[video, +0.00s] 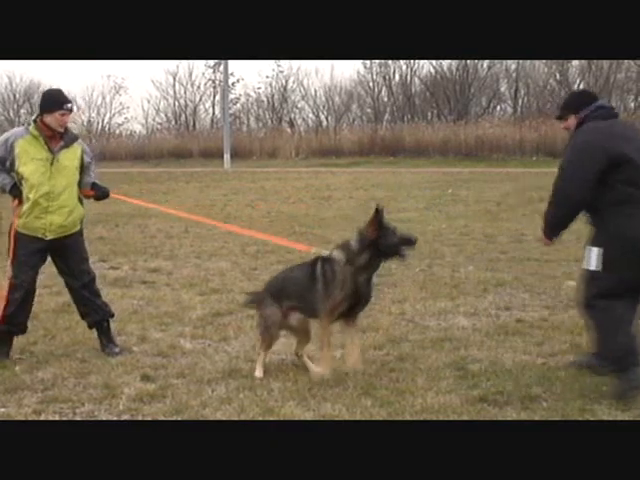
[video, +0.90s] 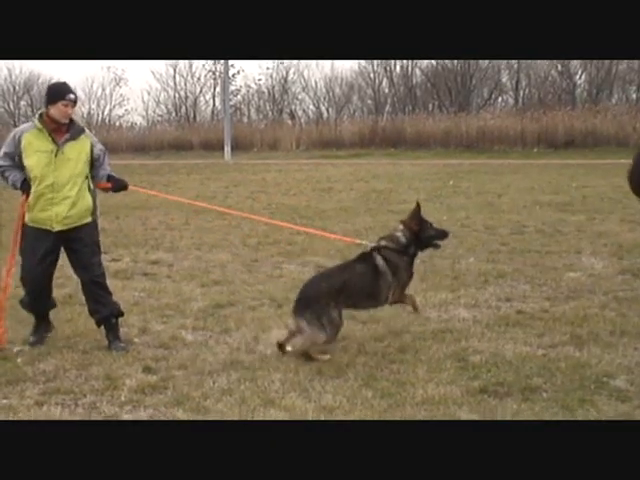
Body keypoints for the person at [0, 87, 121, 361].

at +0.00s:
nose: (66, 118)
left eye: (68, 113)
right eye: (61, 113)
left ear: (70, 115)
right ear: (44, 114)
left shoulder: (77, 147)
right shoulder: (15, 140)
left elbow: (87, 176)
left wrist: (91, 189)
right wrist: (12, 187)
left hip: (68, 229)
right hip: (29, 229)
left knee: (83, 282)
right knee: (21, 285)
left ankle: (106, 336)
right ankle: (5, 342)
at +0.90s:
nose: (70, 109)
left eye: (73, 104)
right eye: (64, 104)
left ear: (75, 107)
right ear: (49, 105)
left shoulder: (84, 137)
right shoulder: (23, 134)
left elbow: (100, 166)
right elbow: (5, 163)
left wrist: (107, 180)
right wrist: (20, 181)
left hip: (79, 220)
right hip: (39, 222)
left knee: (94, 275)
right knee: (33, 278)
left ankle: (112, 332)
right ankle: (41, 321)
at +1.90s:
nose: (73, 95)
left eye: (73, 91)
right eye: (68, 90)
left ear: (68, 93)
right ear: (51, 91)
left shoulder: (76, 124)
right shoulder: (17, 116)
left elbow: (85, 159)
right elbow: (1, 146)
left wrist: (101, 165)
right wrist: (13, 164)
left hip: (69, 205)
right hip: (31, 206)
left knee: (84, 258)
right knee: (17, 263)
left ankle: (104, 310)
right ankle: (3, 313)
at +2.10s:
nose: (45, 98)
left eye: (46, 93)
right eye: (40, 93)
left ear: (42, 94)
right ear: (22, 94)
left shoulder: (47, 126)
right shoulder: (3, 123)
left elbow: (52, 162)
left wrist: (69, 168)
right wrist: (2, 178)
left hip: (40, 207)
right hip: (7, 210)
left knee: (56, 260)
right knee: (0, 264)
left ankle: (79, 311)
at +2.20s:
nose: (37, 98)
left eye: (38, 93)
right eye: (32, 93)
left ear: (36, 95)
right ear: (14, 94)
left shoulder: (38, 125)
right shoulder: (3, 121)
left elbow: (43, 161)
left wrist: (58, 168)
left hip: (33, 207)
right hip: (5, 210)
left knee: (48, 260)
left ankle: (72, 311)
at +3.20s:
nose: (2, 102)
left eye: (2, 96)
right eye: (2, 97)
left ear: (4, 98)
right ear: (3, 99)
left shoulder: (11, 130)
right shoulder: (11, 131)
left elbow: (21, 157)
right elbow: (21, 157)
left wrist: (25, 172)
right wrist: (24, 171)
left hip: (6, 207)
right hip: (5, 208)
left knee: (13, 263)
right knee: (11, 263)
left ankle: (34, 319)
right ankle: (33, 318)